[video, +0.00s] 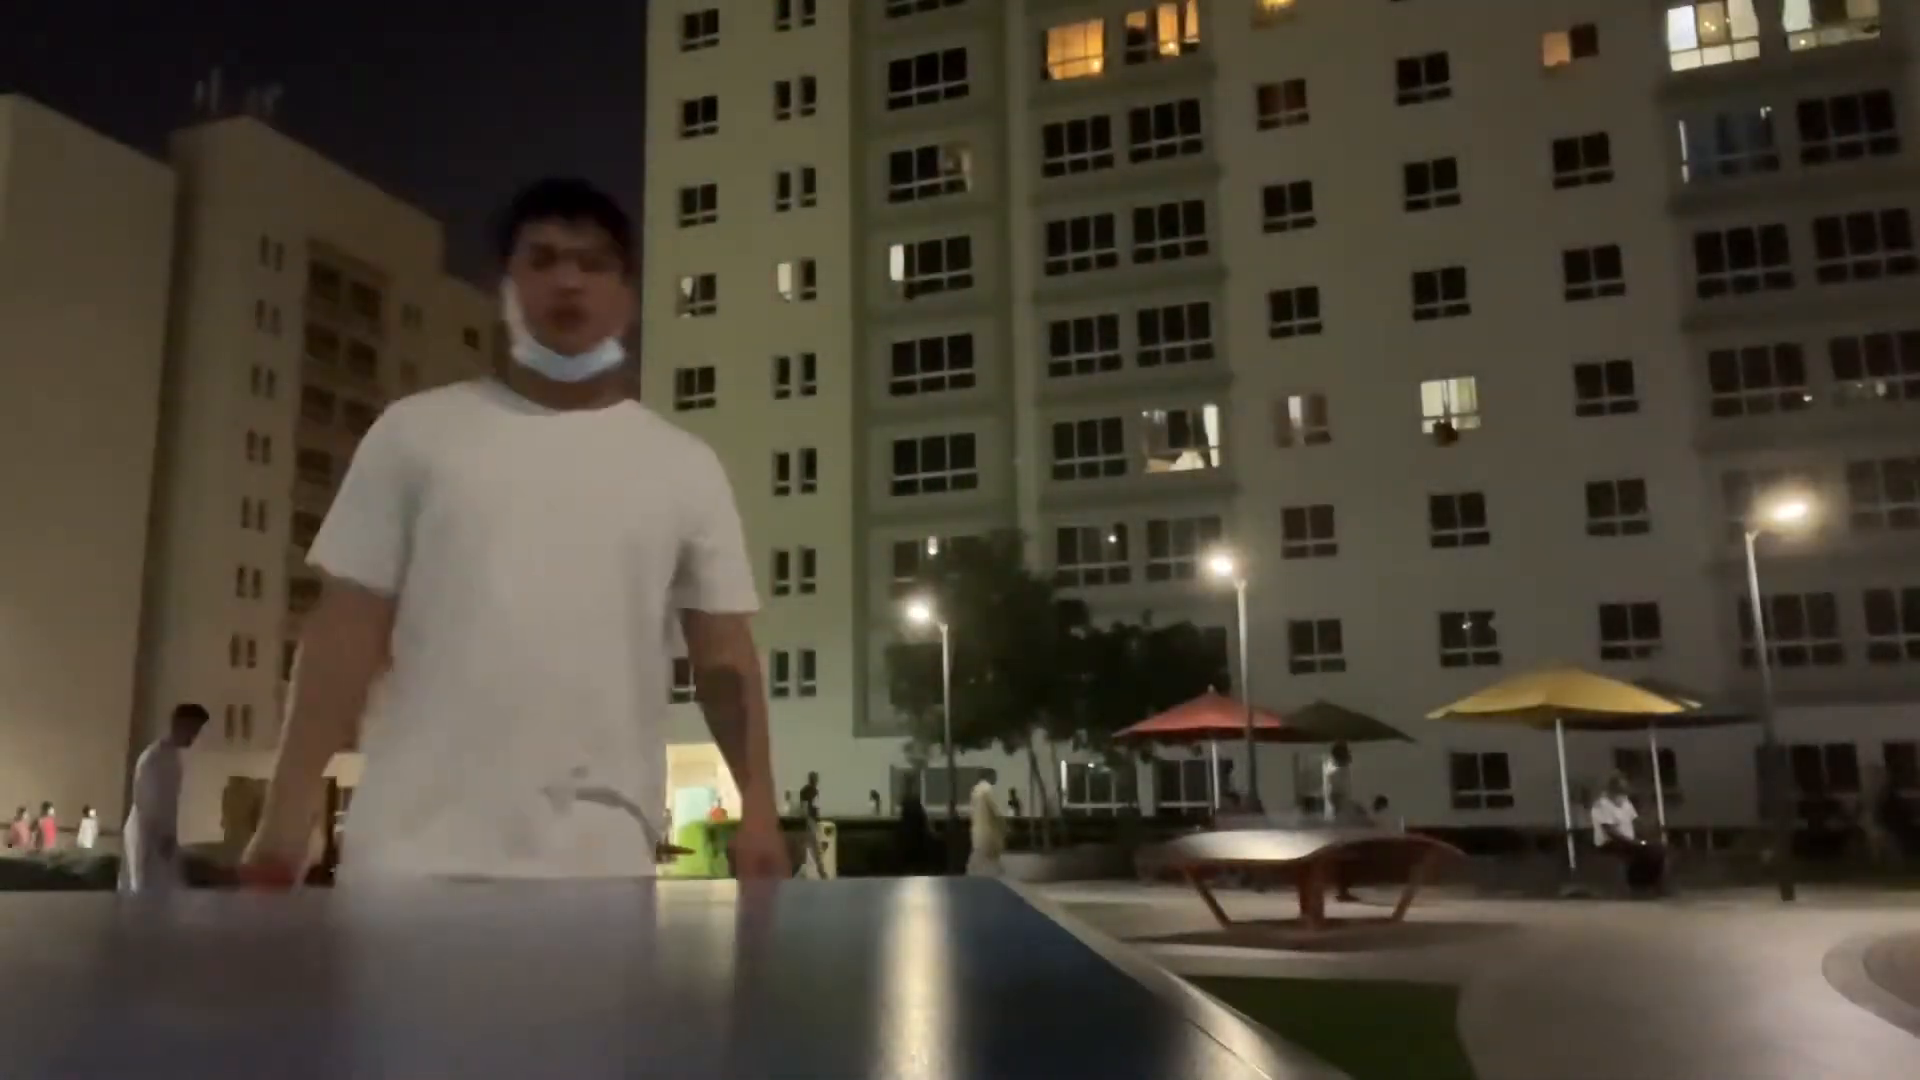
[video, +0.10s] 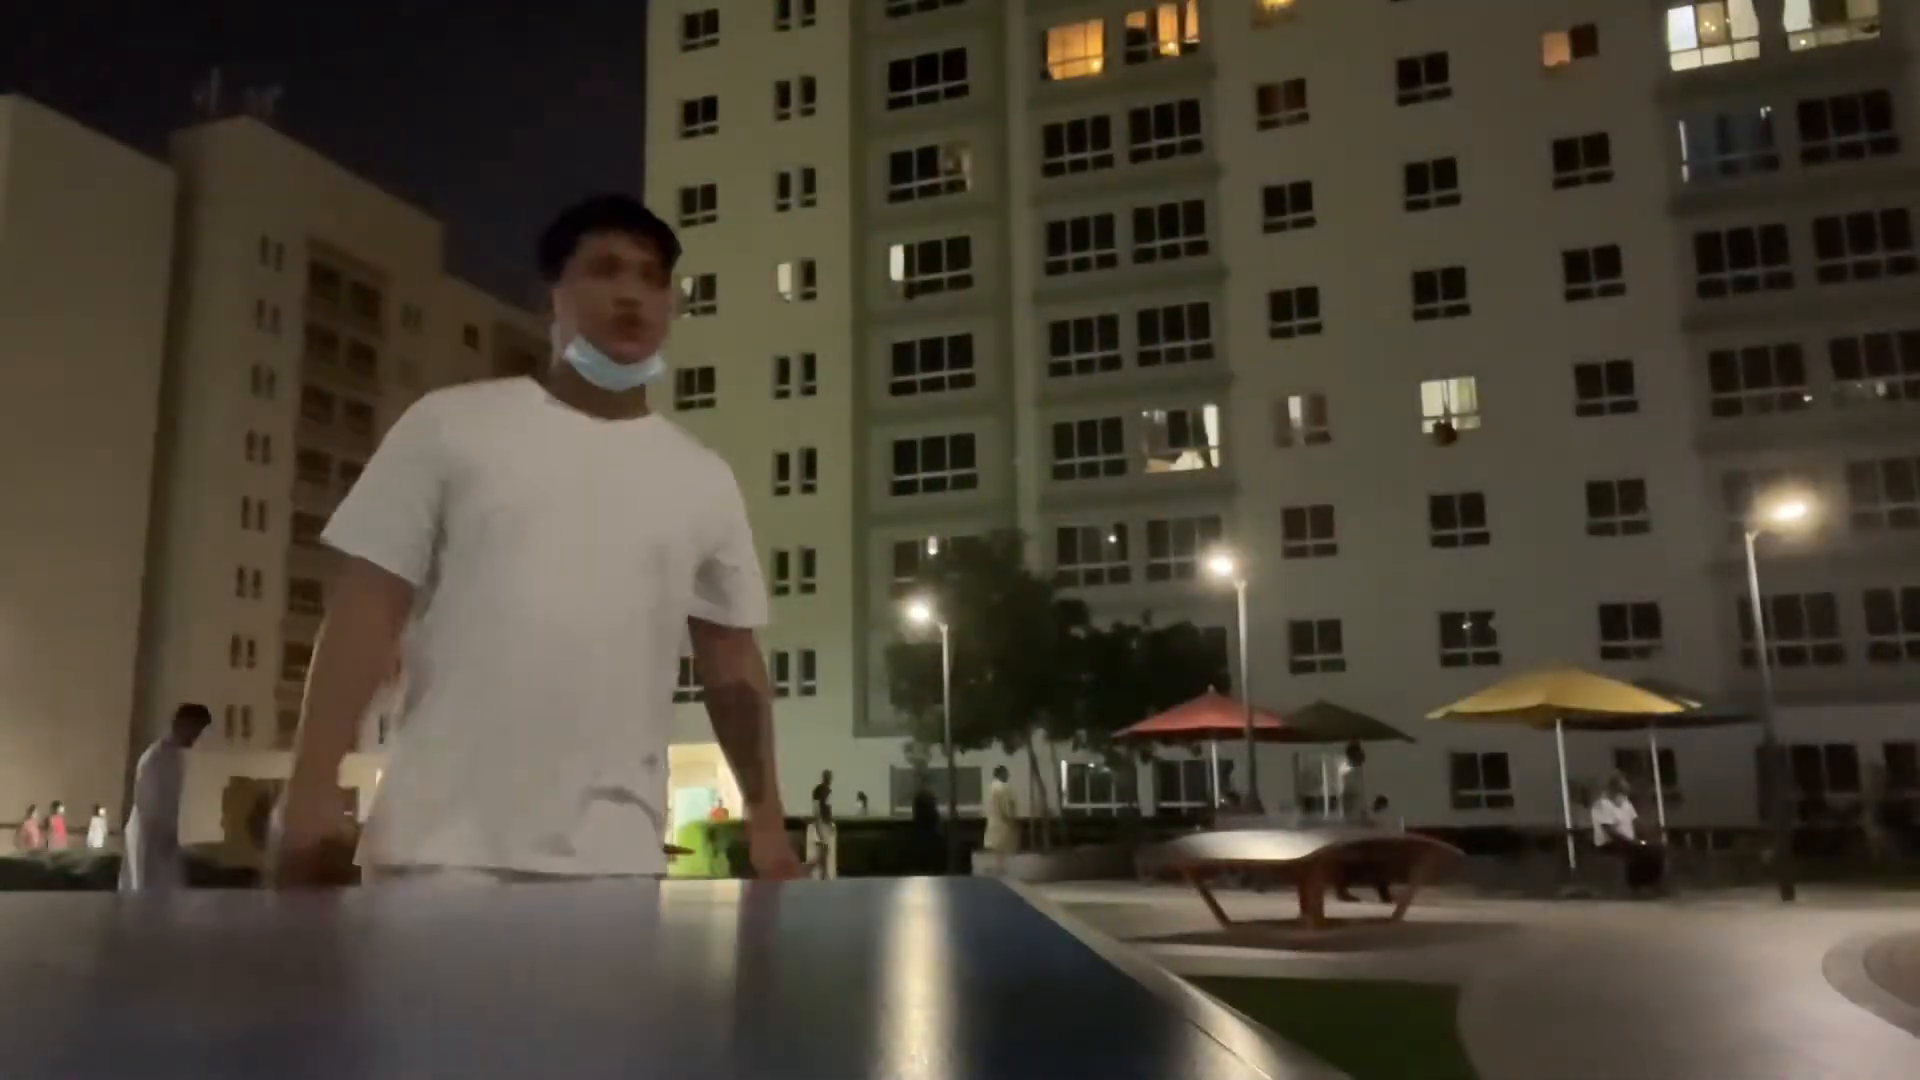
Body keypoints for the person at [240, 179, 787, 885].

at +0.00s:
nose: (567, 282)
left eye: (593, 263)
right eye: (542, 261)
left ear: (630, 292)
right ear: (505, 287)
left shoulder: (681, 467)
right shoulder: (415, 435)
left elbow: (725, 658)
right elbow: (346, 630)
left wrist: (759, 810)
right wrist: (289, 817)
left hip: (594, 852)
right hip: (416, 847)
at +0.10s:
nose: (631, 294)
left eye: (652, 277)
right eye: (603, 271)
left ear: (671, 305)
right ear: (552, 299)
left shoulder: (700, 481)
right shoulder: (450, 427)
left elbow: (731, 663)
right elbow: (366, 610)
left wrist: (765, 816)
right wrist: (315, 785)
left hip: (608, 848)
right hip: (438, 842)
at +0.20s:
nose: (644, 294)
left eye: (663, 279)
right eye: (616, 270)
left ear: (680, 310)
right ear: (562, 299)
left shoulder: (705, 486)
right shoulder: (462, 424)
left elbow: (724, 661)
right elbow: (371, 586)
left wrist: (748, 807)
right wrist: (390, 759)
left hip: (613, 853)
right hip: (448, 842)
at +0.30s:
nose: (617, 293)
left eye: (641, 277)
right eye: (592, 270)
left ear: (667, 308)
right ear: (546, 297)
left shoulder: (699, 485)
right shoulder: (452, 424)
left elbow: (718, 657)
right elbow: (374, 585)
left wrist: (710, 772)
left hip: (608, 863)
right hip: (438, 848)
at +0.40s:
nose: (582, 280)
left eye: (606, 264)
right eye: (555, 258)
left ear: (637, 301)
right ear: (514, 288)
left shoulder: (680, 475)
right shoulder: (417, 425)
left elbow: (715, 654)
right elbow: (345, 593)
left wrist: (699, 760)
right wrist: (464, 717)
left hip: (595, 860)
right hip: (416, 849)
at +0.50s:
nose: (534, 255)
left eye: (561, 238)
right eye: (507, 231)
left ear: (594, 277)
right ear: (463, 265)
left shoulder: (650, 452)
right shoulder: (365, 414)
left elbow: (692, 644)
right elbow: (282, 584)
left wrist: (647, 753)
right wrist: (426, 719)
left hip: (579, 863)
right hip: (387, 859)